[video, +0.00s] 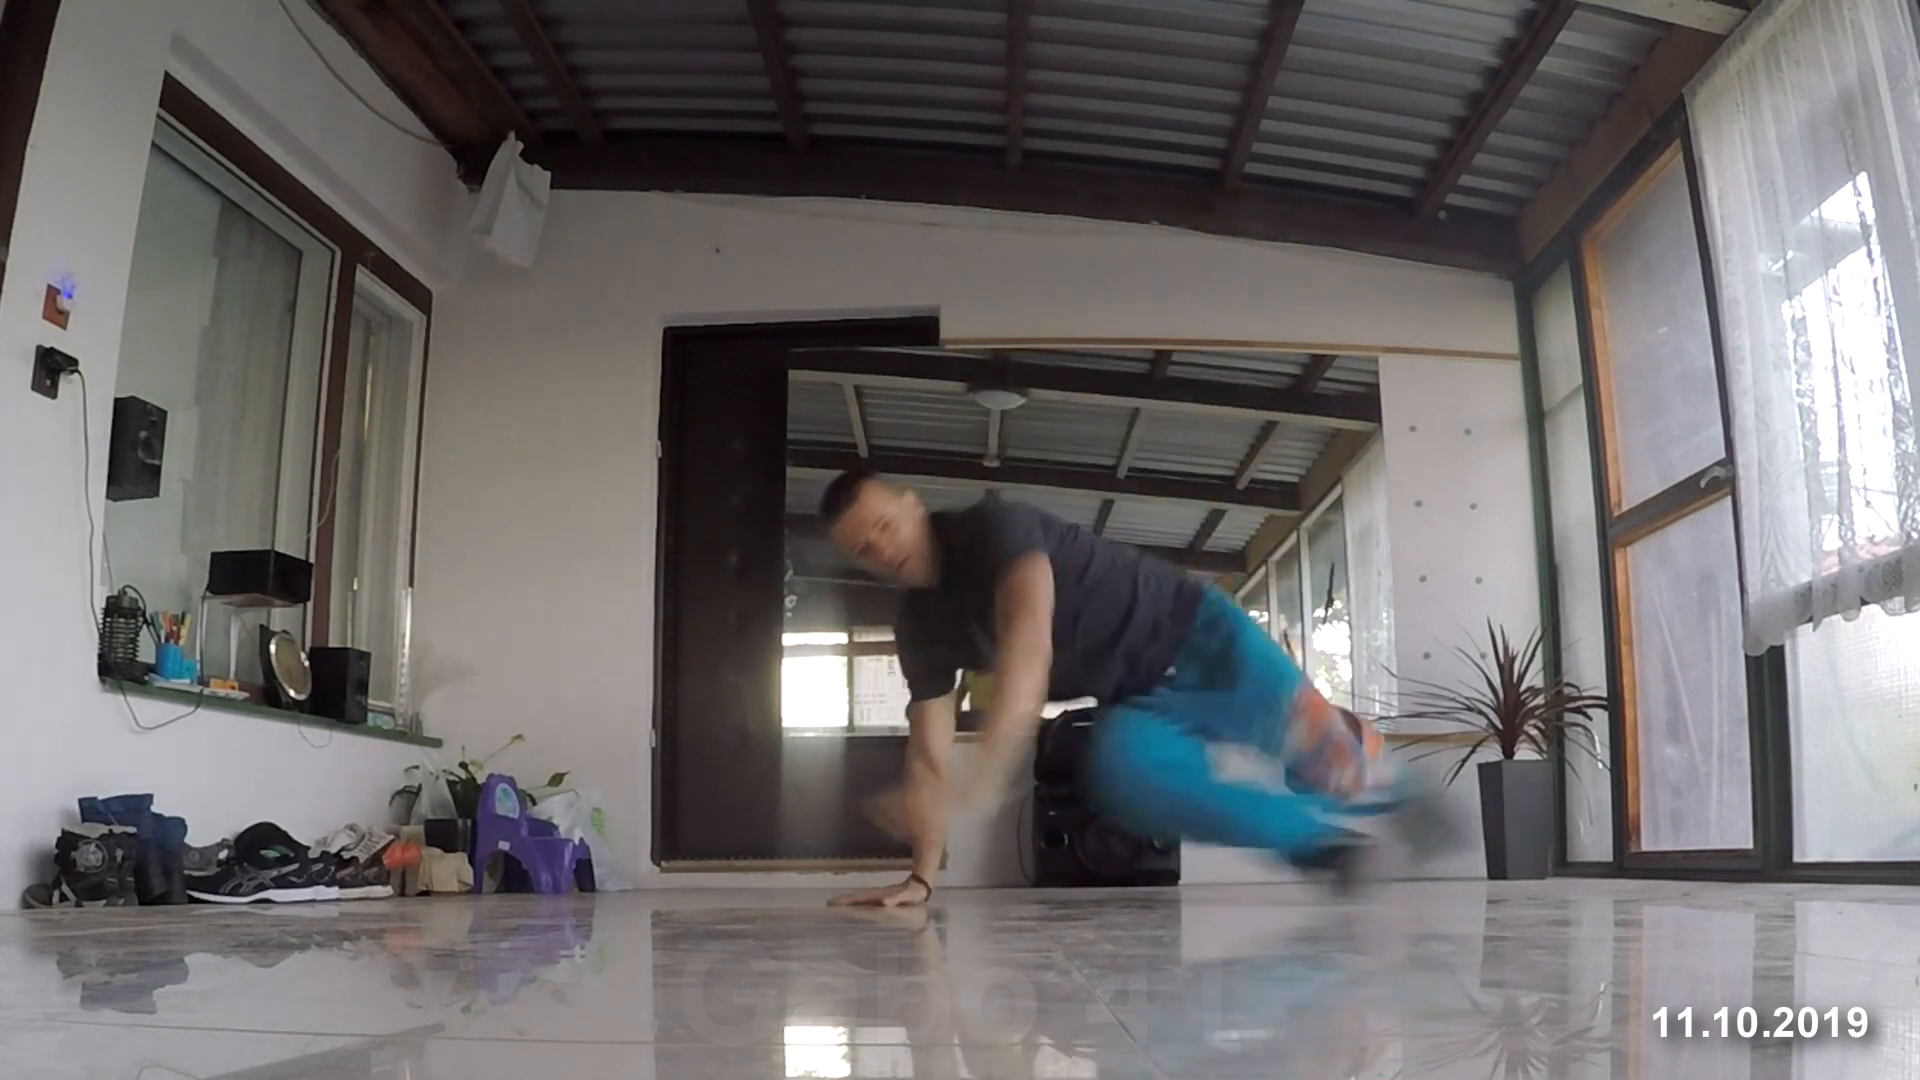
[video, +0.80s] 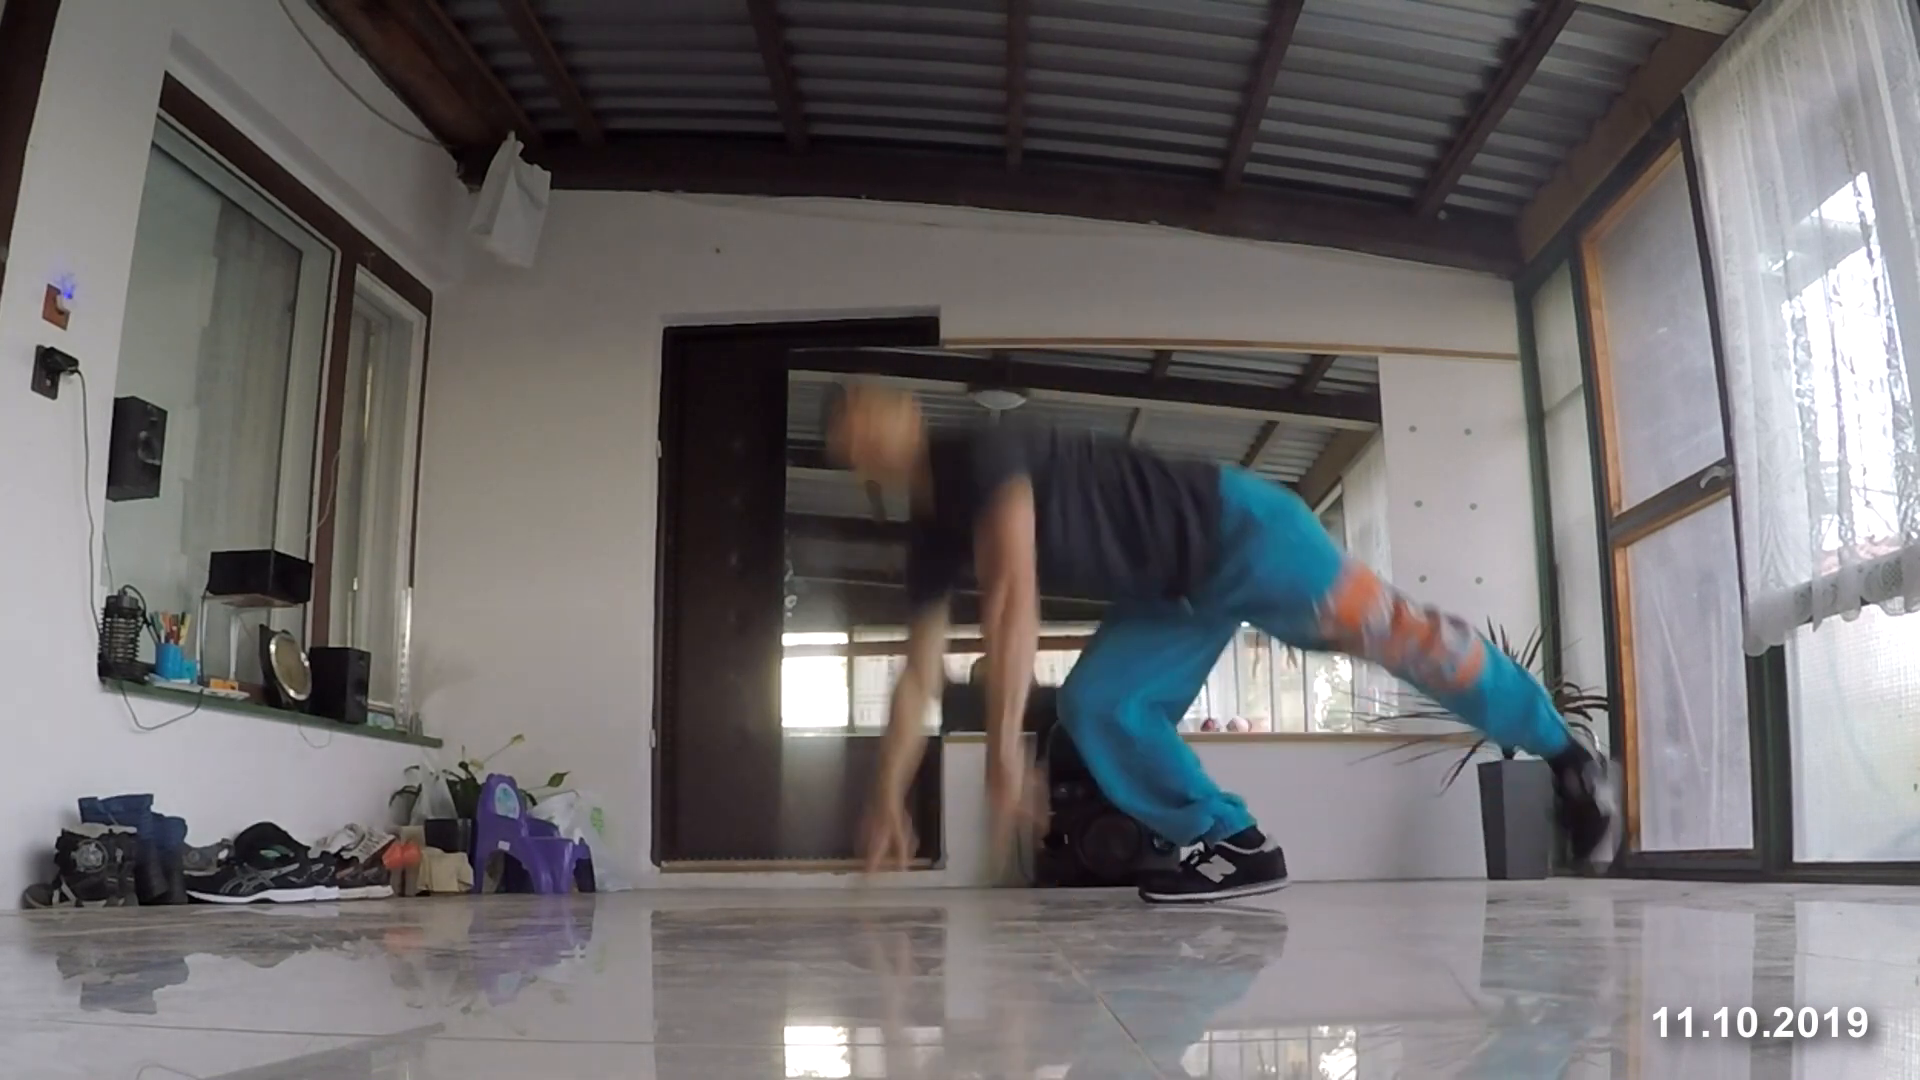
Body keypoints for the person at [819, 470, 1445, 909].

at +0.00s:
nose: (881, 553)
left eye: (883, 529)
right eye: (862, 551)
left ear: (911, 502)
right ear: (858, 561)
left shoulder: (1000, 527)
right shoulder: (920, 624)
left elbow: (1027, 664)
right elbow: (933, 753)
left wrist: (974, 784)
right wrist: (921, 877)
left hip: (1206, 635)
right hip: (1145, 700)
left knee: (1329, 770)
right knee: (1122, 770)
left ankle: (1410, 800)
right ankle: (1335, 841)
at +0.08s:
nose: (862, 587)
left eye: (862, 564)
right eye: (847, 583)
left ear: (897, 529)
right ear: (852, 587)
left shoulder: (986, 562)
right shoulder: (932, 630)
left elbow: (1033, 717)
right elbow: (937, 749)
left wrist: (1030, 878)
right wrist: (916, 871)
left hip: (1207, 654)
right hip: (1135, 707)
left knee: (1366, 771)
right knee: (1033, 772)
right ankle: (1223, 822)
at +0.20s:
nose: (857, 714)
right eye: (848, 705)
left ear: (872, 659)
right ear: (875, 666)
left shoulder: (977, 636)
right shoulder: (942, 678)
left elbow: (1099, 738)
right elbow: (923, 768)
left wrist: (1056, 890)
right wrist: (897, 875)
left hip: (1211, 702)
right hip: (1137, 738)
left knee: (1401, 801)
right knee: (1036, 776)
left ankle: (1585, 796)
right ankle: (1194, 830)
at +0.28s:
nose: (956, 817)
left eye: (940, 811)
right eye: (937, 819)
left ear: (921, 761)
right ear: (920, 772)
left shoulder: (1002, 677)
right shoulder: (948, 735)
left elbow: (1103, 744)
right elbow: (939, 788)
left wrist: (1053, 887)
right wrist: (900, 871)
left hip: (1236, 730)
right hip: (1155, 775)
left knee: (1433, 820)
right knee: (1060, 849)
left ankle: (1617, 814)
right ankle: (1211, 834)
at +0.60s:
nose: (924, 768)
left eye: (911, 761)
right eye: (907, 768)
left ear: (916, 715)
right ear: (909, 718)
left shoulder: (1006, 643)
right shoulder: (951, 697)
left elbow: (1085, 736)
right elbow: (929, 786)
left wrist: (1053, 887)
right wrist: (896, 878)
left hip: (1241, 674)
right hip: (1167, 726)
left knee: (1412, 775)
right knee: (1058, 787)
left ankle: (1622, 803)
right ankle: (1214, 838)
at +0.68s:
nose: (871, 643)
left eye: (868, 621)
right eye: (862, 635)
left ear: (898, 587)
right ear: (887, 623)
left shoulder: (999, 582)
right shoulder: (957, 648)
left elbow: (1060, 716)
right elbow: (934, 760)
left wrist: (1052, 874)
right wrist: (894, 877)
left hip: (1245, 606)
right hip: (1179, 670)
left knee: (1401, 705)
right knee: (1079, 749)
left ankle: (1612, 792)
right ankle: (1223, 840)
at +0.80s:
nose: (858, 447)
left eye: (863, 426)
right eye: (846, 443)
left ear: (903, 409)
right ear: (857, 461)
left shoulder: (985, 446)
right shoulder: (933, 533)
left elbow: (1015, 590)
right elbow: (919, 672)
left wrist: (1005, 748)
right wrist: (887, 800)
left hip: (1235, 528)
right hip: (1169, 597)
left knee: (1405, 641)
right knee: (1094, 702)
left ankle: (1561, 749)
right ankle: (1232, 847)